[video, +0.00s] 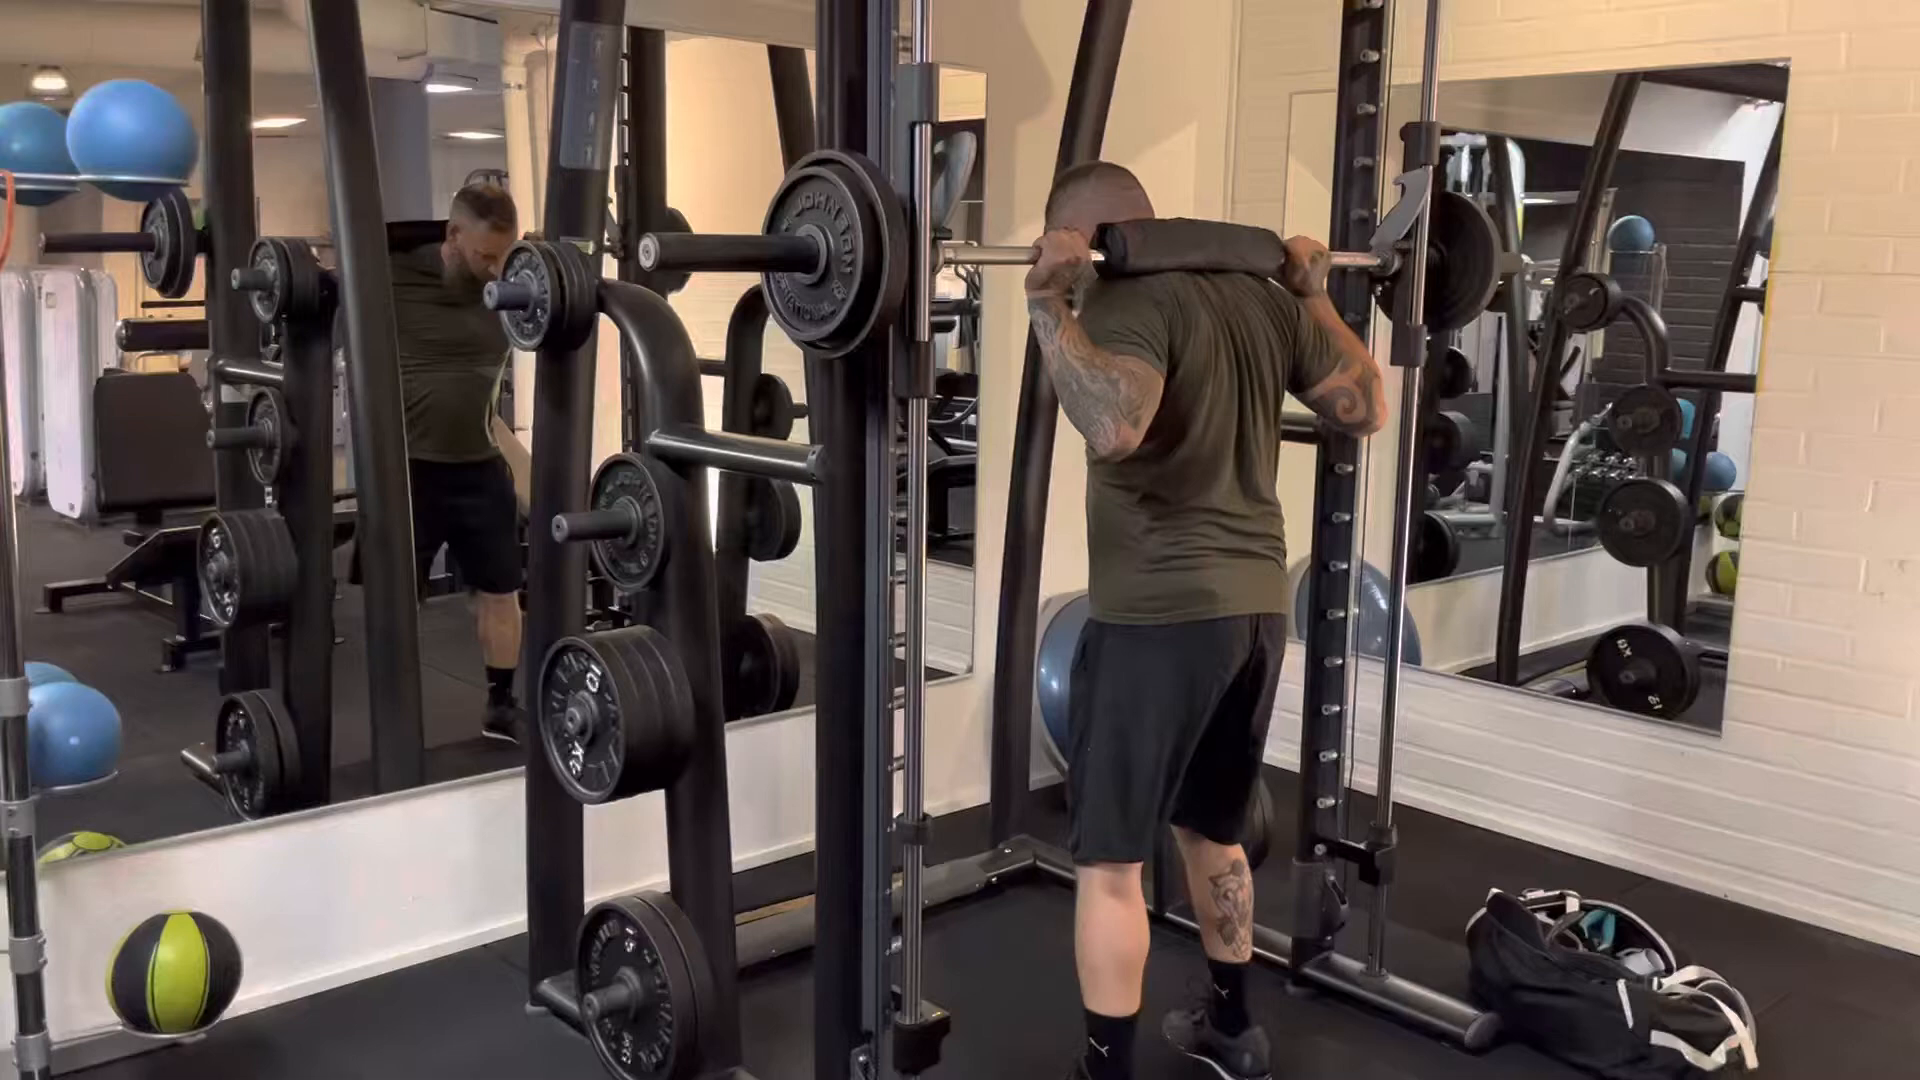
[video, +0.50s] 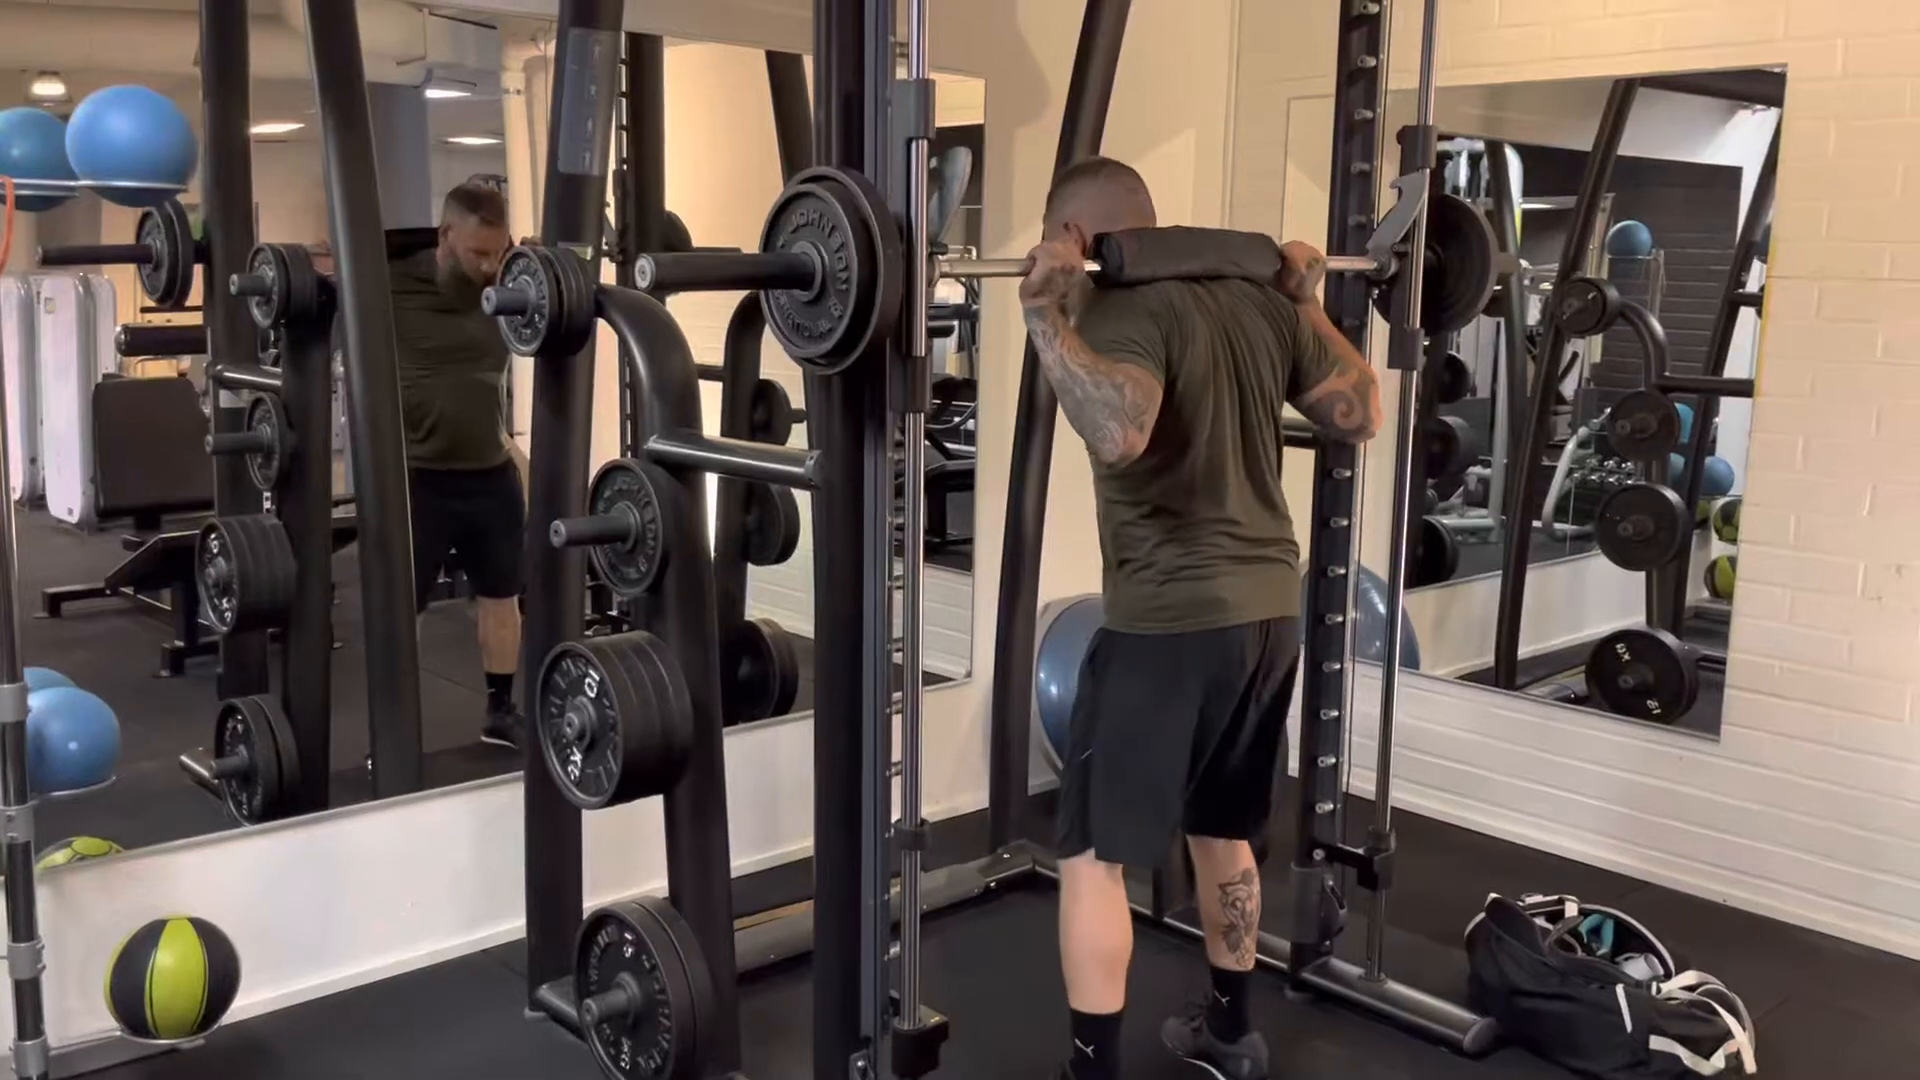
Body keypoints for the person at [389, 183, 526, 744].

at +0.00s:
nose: (496, 270)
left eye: (504, 257)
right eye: (485, 257)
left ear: (512, 242)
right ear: (452, 238)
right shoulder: (392, 279)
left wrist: (527, 466)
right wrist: (305, 270)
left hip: (480, 464)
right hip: (406, 467)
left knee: (500, 588)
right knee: (396, 597)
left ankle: (502, 705)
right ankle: (391, 709)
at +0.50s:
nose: (490, 268)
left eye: (499, 255)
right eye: (478, 253)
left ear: (507, 244)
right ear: (445, 238)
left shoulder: (498, 293)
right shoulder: (391, 287)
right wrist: (310, 266)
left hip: (490, 470)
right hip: (414, 475)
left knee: (500, 594)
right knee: (401, 605)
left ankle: (501, 711)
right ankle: (390, 728)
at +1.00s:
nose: (484, 222)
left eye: (492, 212)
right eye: (471, 210)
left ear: (501, 219)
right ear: (437, 215)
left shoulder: (503, 283)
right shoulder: (389, 284)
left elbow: (549, 308)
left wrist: (507, 259)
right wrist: (325, 280)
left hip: (488, 470)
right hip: (410, 472)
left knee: (499, 599)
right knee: (400, 608)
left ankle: (500, 716)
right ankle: (390, 734)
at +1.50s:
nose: (484, 225)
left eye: (490, 214)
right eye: (470, 213)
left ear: (499, 220)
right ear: (436, 219)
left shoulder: (503, 283)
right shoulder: (387, 284)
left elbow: (549, 310)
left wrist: (502, 263)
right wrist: (324, 278)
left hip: (488, 473)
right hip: (409, 476)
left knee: (499, 601)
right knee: (396, 611)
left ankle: (499, 719)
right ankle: (386, 737)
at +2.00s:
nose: (481, 221)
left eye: (488, 210)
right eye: (467, 209)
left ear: (495, 218)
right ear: (432, 216)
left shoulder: (500, 280)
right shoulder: (381, 280)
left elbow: (547, 301)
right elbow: (311, 261)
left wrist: (497, 260)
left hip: (482, 470)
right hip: (404, 472)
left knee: (496, 594)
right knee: (391, 606)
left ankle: (495, 712)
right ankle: (381, 730)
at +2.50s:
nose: (478, 212)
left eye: (484, 201)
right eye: (464, 200)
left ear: (493, 207)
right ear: (430, 206)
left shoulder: (498, 269)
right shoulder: (383, 268)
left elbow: (546, 291)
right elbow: (303, 249)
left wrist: (496, 251)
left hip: (476, 457)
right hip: (399, 458)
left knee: (497, 581)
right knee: (386, 591)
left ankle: (500, 701)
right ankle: (379, 716)